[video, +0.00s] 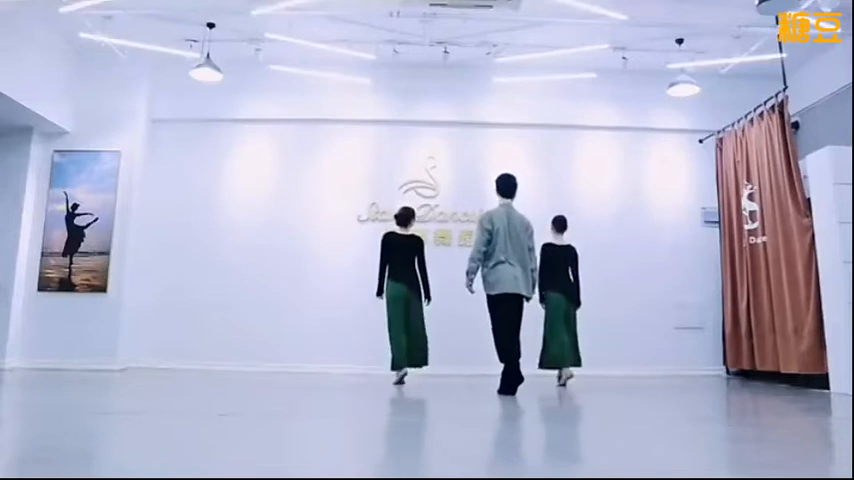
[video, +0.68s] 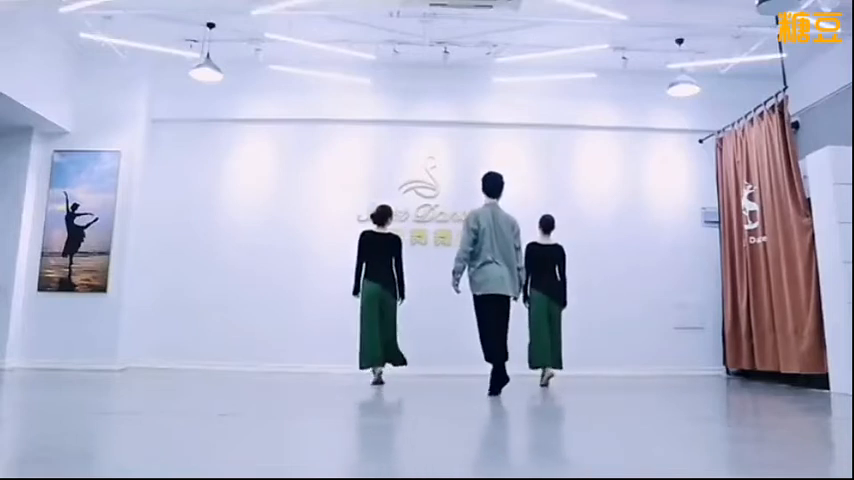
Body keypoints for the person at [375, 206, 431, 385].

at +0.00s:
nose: (412, 222)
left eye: (409, 219)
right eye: (412, 219)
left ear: (396, 219)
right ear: (412, 221)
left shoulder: (388, 238)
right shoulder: (417, 240)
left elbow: (383, 264)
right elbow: (422, 268)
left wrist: (380, 287)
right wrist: (427, 291)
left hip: (394, 286)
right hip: (412, 288)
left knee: (396, 326)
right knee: (410, 325)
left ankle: (400, 367)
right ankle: (403, 365)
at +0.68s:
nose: (390, 220)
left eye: (388, 217)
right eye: (390, 217)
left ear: (374, 218)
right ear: (389, 219)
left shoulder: (365, 236)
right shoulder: (395, 239)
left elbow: (359, 262)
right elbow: (398, 267)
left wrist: (356, 285)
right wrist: (401, 290)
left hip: (370, 287)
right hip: (388, 288)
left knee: (371, 327)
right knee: (386, 327)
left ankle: (376, 369)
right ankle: (379, 366)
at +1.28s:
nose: (372, 219)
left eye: (370, 216)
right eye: (371, 216)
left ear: (355, 216)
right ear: (370, 218)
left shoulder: (347, 235)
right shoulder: (377, 239)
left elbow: (341, 261)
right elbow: (380, 267)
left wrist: (337, 284)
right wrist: (381, 290)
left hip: (351, 284)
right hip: (370, 287)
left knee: (350, 326)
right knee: (366, 326)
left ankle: (352, 368)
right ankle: (361, 367)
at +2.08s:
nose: (347, 220)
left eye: (345, 217)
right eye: (346, 217)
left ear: (330, 217)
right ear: (345, 219)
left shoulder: (321, 235)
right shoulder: (351, 239)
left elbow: (315, 262)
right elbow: (357, 266)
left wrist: (311, 284)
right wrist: (360, 288)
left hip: (326, 285)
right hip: (345, 287)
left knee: (327, 327)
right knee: (344, 327)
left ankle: (332, 369)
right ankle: (341, 369)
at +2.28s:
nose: (341, 223)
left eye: (339, 220)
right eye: (340, 221)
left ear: (324, 221)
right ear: (339, 222)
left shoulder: (315, 239)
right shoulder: (345, 241)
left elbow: (309, 266)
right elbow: (355, 267)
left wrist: (305, 289)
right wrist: (359, 288)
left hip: (319, 289)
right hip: (339, 289)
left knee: (319, 328)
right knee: (339, 330)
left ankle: (321, 367)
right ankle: (340, 370)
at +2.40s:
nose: (332, 221)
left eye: (330, 218)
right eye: (332, 218)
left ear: (315, 218)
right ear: (330, 220)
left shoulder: (306, 237)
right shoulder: (336, 239)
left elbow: (298, 263)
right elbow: (351, 260)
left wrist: (292, 286)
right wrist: (362, 280)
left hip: (310, 288)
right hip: (331, 288)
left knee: (306, 327)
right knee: (335, 328)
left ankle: (297, 366)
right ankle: (339, 369)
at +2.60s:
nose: (312, 223)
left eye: (308, 219)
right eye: (314, 220)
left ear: (300, 220)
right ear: (315, 221)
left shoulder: (289, 238)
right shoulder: (319, 240)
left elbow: (279, 264)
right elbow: (340, 260)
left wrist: (268, 287)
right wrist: (361, 269)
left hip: (291, 289)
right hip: (311, 290)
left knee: (289, 329)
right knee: (315, 329)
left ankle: (285, 369)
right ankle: (318, 369)